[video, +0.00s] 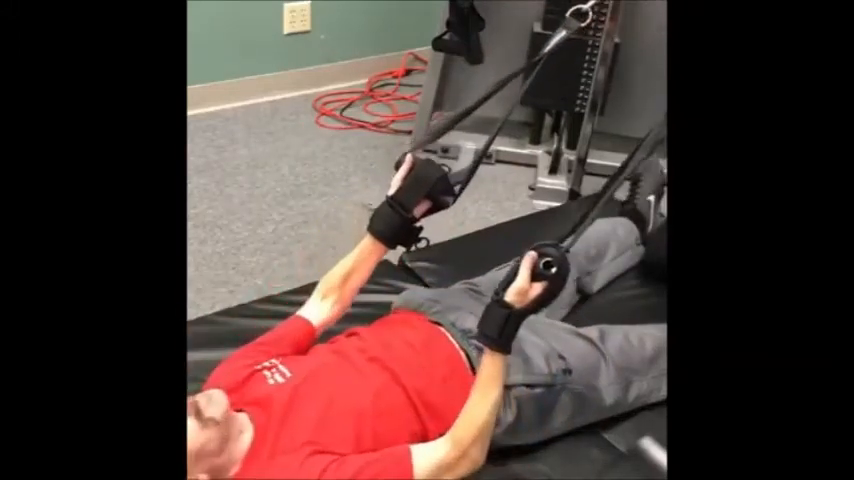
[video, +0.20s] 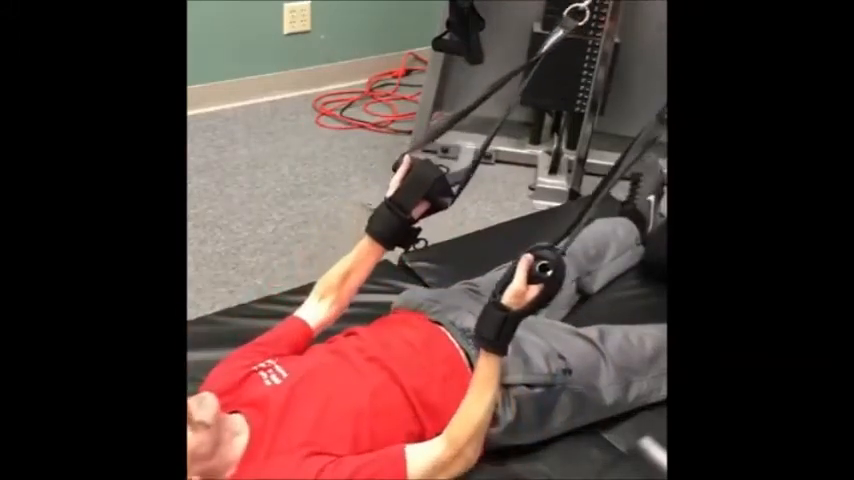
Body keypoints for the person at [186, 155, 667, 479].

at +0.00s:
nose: (202, 402)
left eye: (186, 401)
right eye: (192, 424)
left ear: (186, 394)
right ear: (201, 473)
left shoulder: (229, 375)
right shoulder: (289, 472)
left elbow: (327, 302)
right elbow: (456, 456)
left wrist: (392, 220)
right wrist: (503, 326)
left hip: (427, 312)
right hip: (493, 379)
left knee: (553, 269)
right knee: (648, 351)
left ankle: (635, 221)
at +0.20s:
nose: (199, 408)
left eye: (184, 404)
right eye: (187, 432)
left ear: (184, 398)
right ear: (193, 472)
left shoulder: (223, 378)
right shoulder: (281, 472)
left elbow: (323, 303)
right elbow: (450, 455)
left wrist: (391, 221)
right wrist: (501, 328)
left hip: (427, 312)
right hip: (489, 383)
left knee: (554, 270)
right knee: (646, 352)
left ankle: (637, 221)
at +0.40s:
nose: (197, 414)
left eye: (183, 412)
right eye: (187, 435)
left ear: (187, 408)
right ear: (196, 474)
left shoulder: (221, 381)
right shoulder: (287, 475)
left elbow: (317, 301)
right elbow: (449, 456)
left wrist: (386, 217)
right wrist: (500, 330)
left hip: (426, 312)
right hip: (488, 384)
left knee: (551, 270)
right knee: (647, 352)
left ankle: (635, 221)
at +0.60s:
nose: (197, 417)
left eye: (183, 415)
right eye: (186, 438)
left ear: (186, 410)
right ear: (194, 474)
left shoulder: (221, 382)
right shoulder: (286, 475)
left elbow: (314, 300)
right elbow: (447, 457)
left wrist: (385, 214)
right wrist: (500, 324)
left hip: (425, 314)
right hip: (488, 386)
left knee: (552, 270)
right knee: (643, 353)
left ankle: (634, 221)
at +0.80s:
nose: (198, 419)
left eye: (182, 417)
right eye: (185, 441)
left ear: (186, 410)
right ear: (194, 473)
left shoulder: (220, 382)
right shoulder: (285, 475)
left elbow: (313, 298)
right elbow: (444, 454)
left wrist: (384, 212)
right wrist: (495, 318)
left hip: (426, 314)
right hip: (489, 386)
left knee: (550, 269)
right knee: (640, 355)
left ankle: (633, 223)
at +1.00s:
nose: (198, 414)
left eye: (184, 411)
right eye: (187, 434)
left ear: (188, 406)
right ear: (196, 472)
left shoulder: (222, 380)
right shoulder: (285, 475)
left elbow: (311, 297)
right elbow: (445, 455)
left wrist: (382, 211)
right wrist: (493, 321)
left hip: (427, 313)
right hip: (490, 385)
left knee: (550, 269)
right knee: (641, 355)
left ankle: (634, 223)